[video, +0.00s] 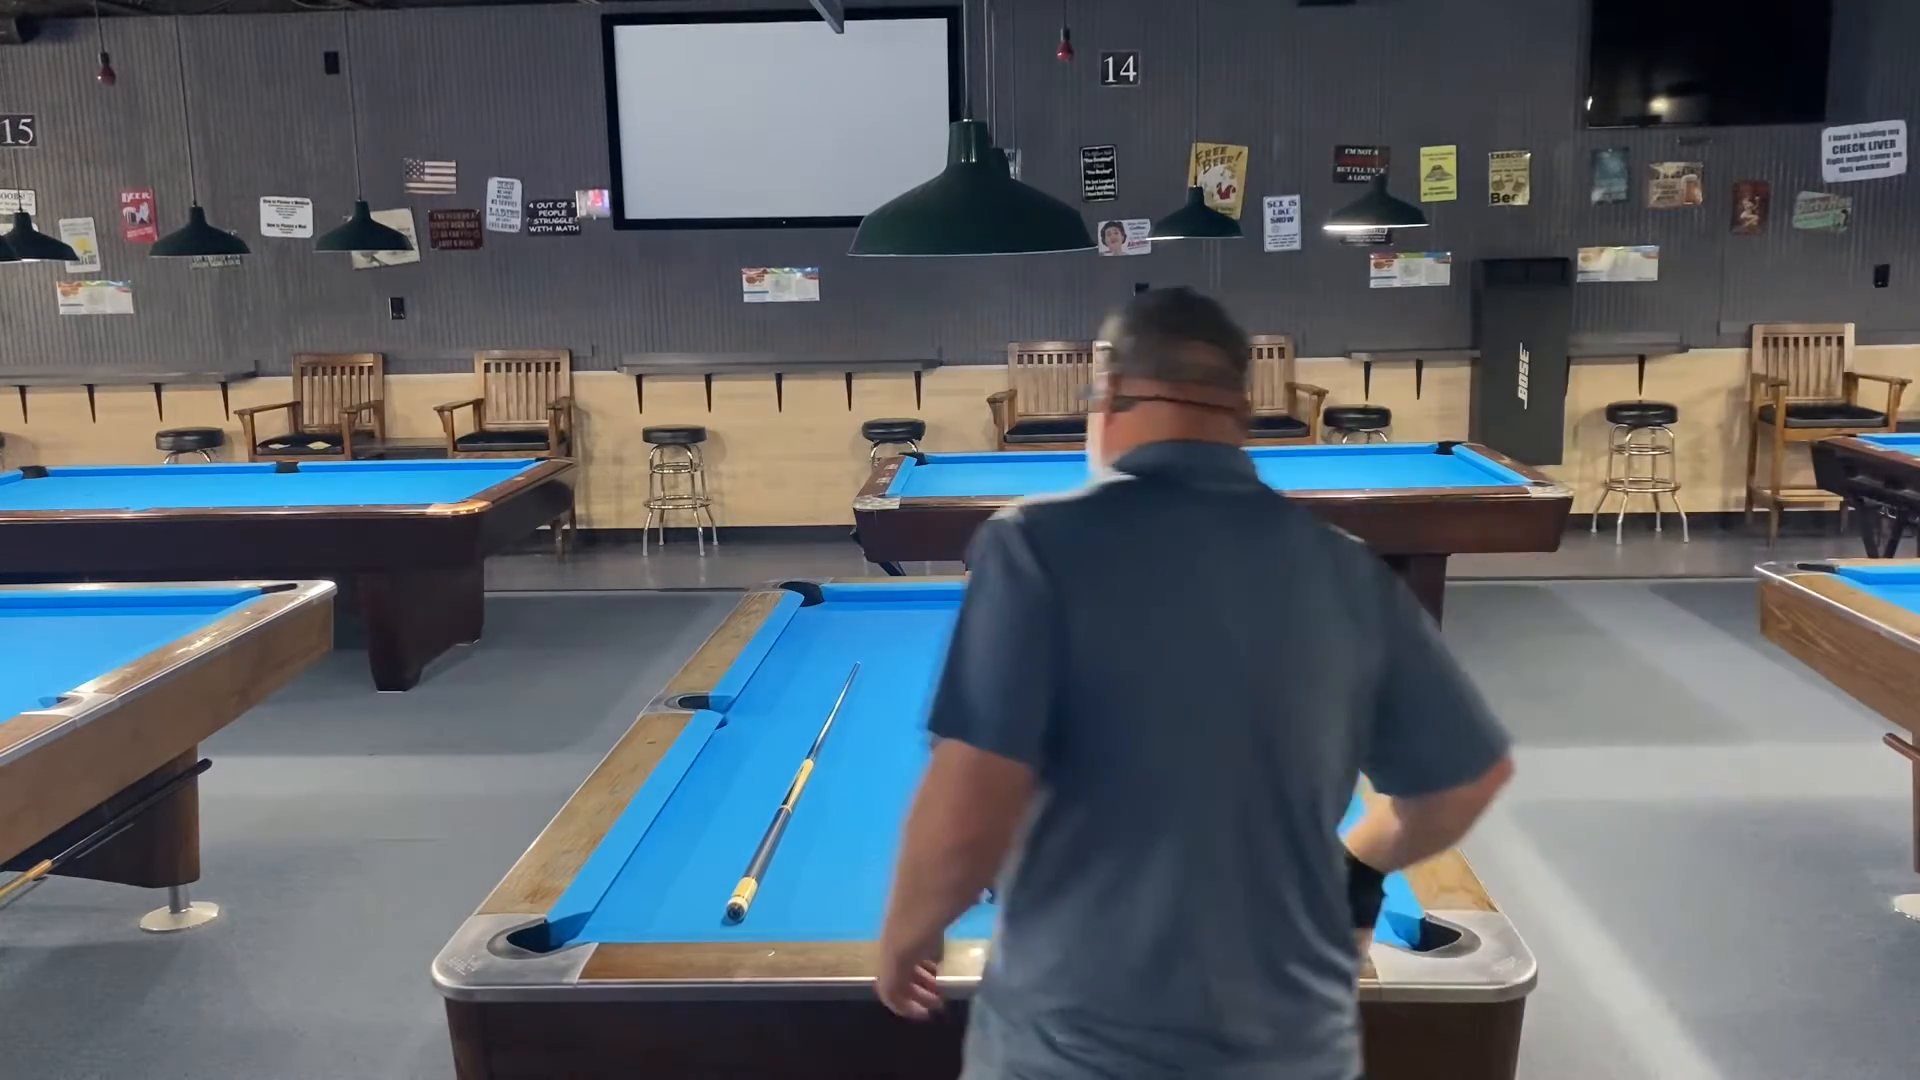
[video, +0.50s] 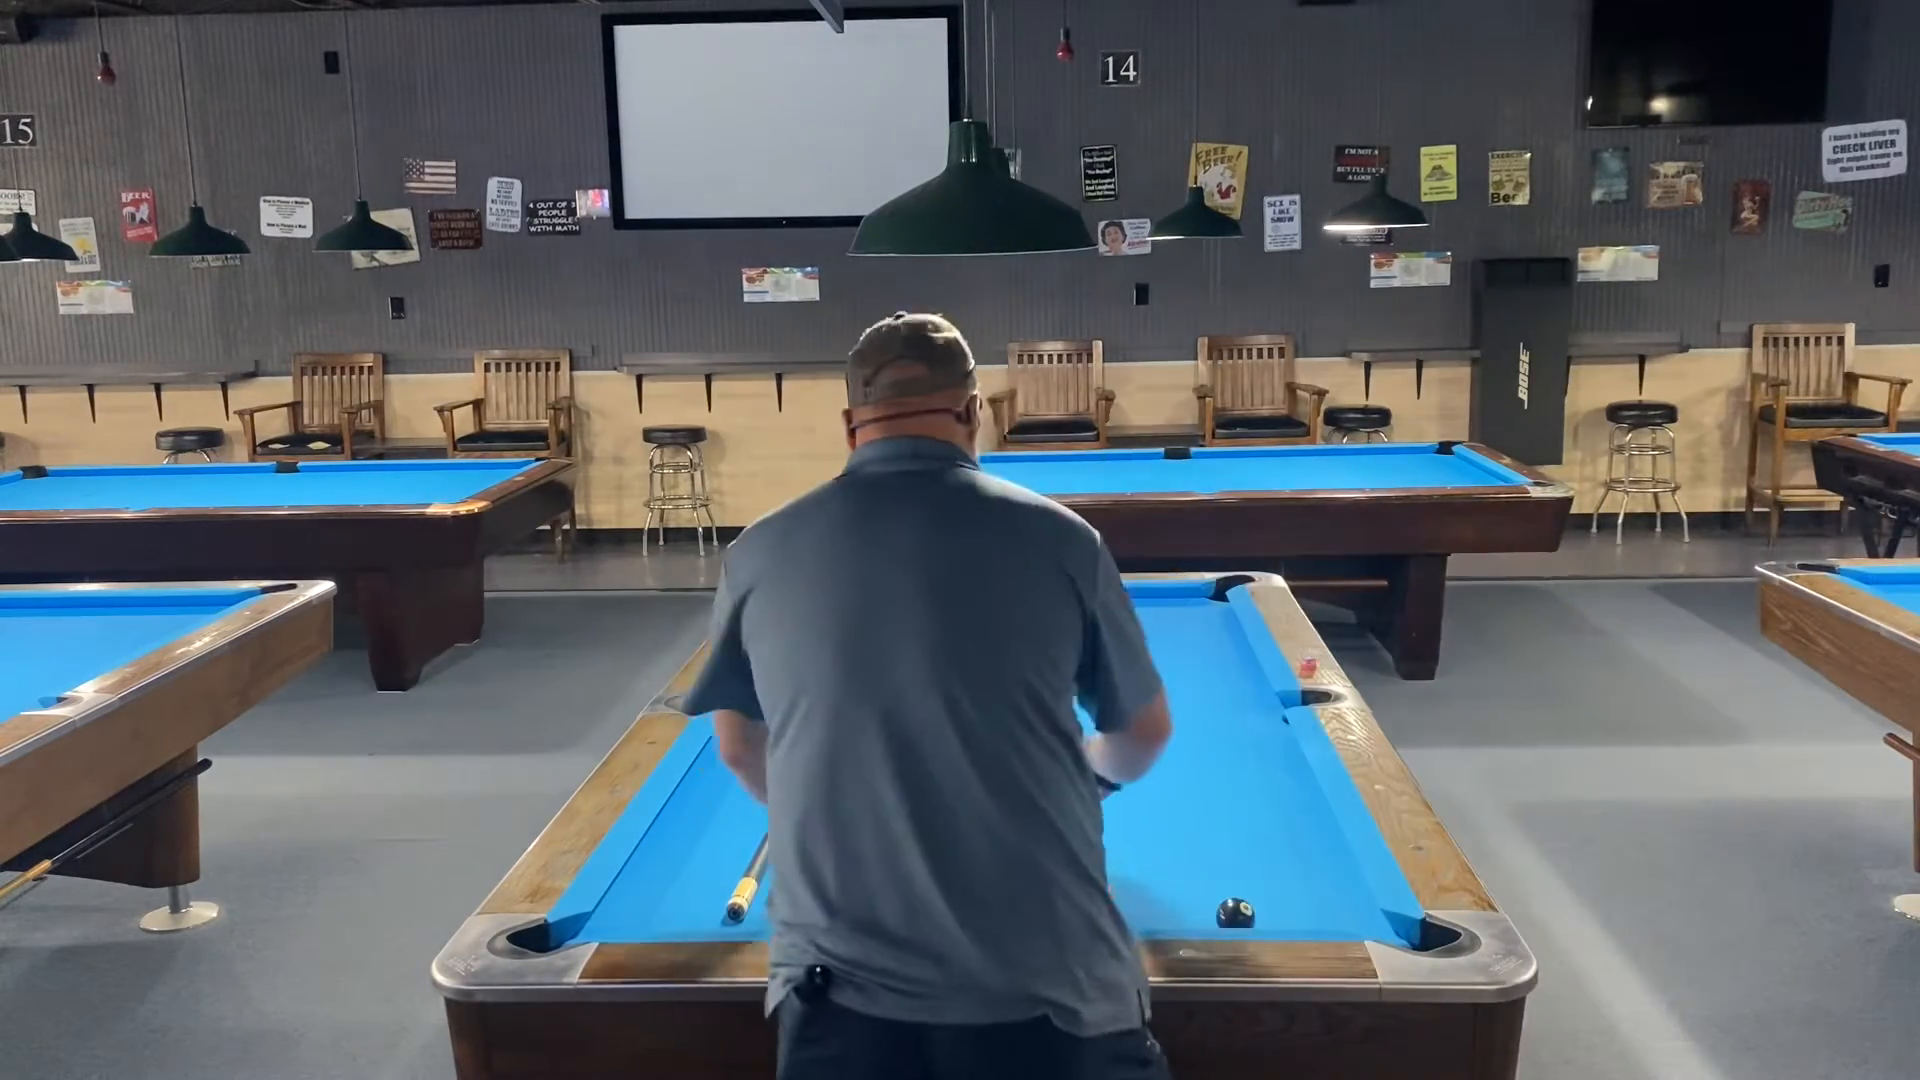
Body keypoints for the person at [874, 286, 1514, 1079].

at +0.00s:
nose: (1093, 427)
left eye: (1094, 407)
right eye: (1098, 407)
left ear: (1110, 406)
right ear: (1242, 412)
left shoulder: (1042, 547)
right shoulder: (1341, 566)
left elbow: (973, 810)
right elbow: (1470, 766)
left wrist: (903, 940)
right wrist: (1354, 868)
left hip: (1076, 1041)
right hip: (1297, 1040)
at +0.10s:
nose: (1009, 426)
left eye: (1008, 415)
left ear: (1016, 416)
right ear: (1155, 424)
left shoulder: (930, 562)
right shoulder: (1260, 570)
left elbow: (857, 817)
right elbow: (1404, 750)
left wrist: (843, 922)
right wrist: (1314, 826)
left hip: (996, 1040)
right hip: (1228, 1039)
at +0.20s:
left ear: (943, 426)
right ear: (1079, 424)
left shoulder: (846, 572)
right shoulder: (1183, 573)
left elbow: (758, 818)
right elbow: (1310, 759)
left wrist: (799, 885)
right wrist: (1249, 795)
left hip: (923, 1034)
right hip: (1143, 1036)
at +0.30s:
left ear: (889, 418)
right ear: (1020, 410)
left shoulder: (792, 559)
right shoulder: (1123, 552)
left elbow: (716, 783)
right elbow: (1232, 750)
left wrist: (790, 845)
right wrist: (1180, 779)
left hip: (882, 1026)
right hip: (1096, 1028)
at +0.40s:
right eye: (985, 404)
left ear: (859, 416)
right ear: (986, 407)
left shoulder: (767, 550)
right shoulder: (1080, 540)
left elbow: (714, 757)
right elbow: (1176, 739)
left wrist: (814, 814)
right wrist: (1120, 768)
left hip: (862, 1022)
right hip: (1073, 1023)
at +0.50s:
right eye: (974, 412)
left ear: (851, 426)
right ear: (973, 415)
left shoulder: (764, 548)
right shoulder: (1061, 538)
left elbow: (738, 742)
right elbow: (1142, 731)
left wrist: (817, 812)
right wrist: (1084, 767)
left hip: (844, 1014)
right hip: (1049, 1016)